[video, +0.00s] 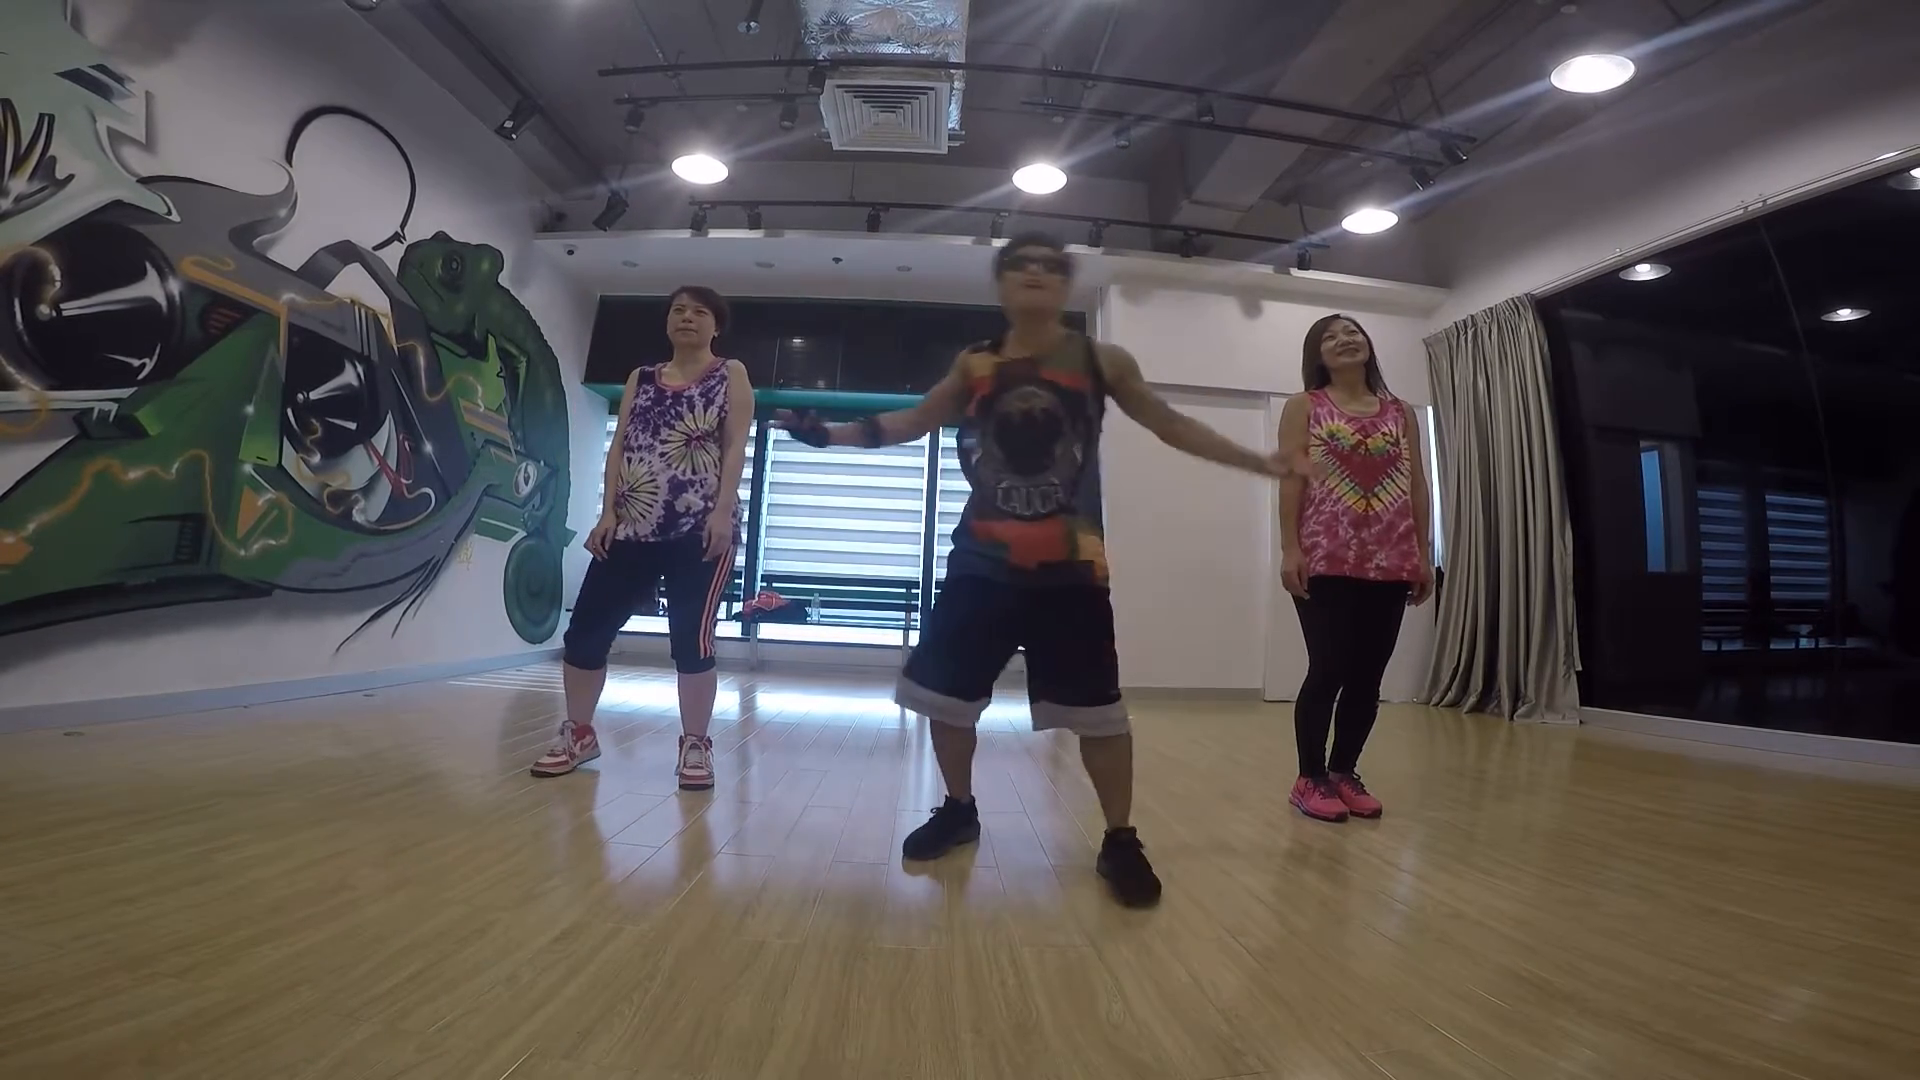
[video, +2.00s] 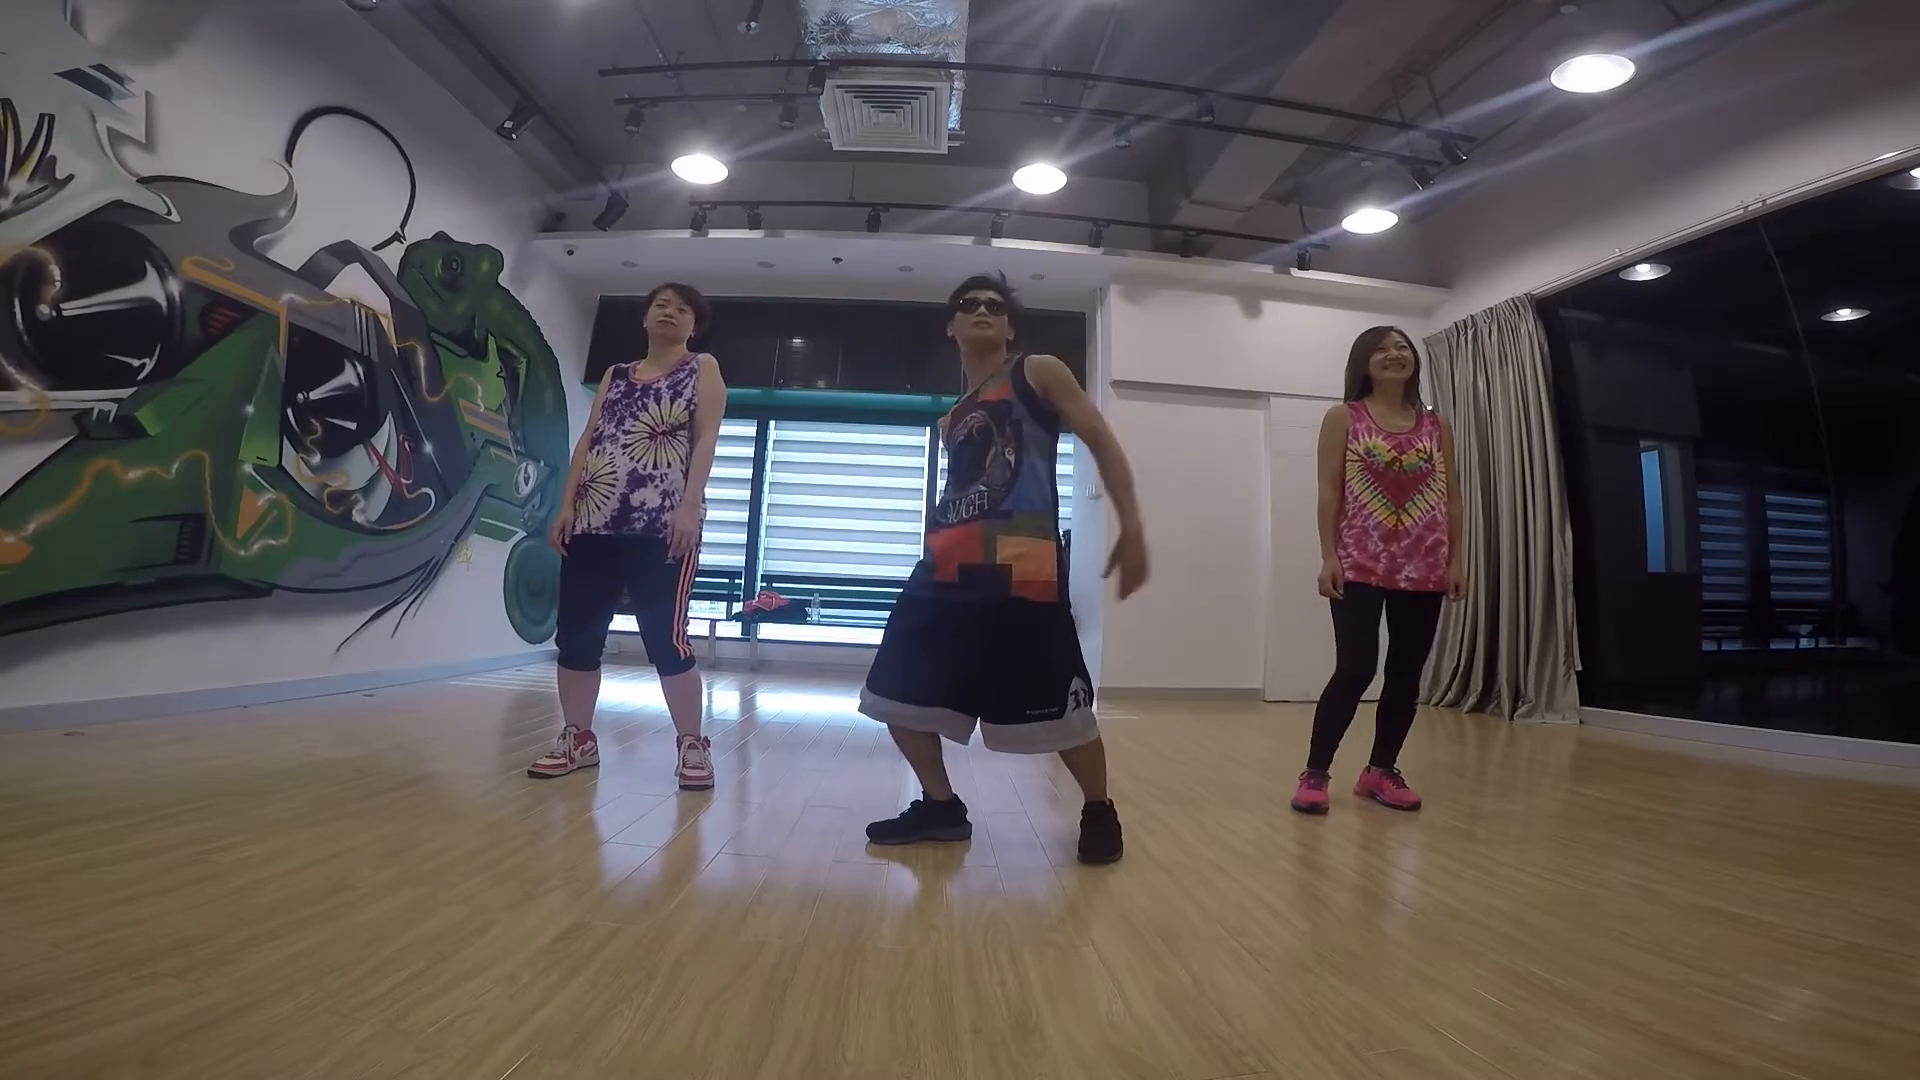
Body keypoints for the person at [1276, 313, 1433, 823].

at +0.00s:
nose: (1345, 338)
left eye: (1353, 332)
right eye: (1331, 336)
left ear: (1370, 348)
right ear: (1317, 358)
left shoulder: (1398, 411)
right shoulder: (1304, 407)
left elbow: (1417, 486)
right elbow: (1293, 479)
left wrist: (1423, 555)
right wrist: (1291, 548)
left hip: (1389, 564)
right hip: (1325, 562)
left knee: (1366, 679)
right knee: (1326, 672)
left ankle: (1344, 774)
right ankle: (1310, 780)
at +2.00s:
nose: (1394, 354)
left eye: (1402, 348)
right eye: (1382, 349)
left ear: (1415, 362)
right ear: (1364, 364)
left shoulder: (1435, 424)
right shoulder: (1343, 417)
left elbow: (1450, 495)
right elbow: (1330, 489)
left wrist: (1456, 559)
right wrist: (1329, 557)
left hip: (1422, 569)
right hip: (1359, 566)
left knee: (1404, 676)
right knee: (1356, 670)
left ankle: (1381, 771)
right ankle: (1316, 774)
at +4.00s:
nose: (1363, 341)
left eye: (1370, 337)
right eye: (1349, 336)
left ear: (1380, 357)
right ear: (1327, 355)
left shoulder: (1392, 421)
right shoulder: (1300, 406)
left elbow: (1400, 494)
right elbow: (1279, 476)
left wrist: (1411, 552)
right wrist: (1271, 543)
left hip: (1368, 565)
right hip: (1301, 559)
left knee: (1384, 671)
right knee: (1305, 668)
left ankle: (1355, 762)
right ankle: (1283, 783)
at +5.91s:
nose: (1327, 373)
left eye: (1334, 368)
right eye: (1315, 370)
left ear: (1345, 383)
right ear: (1299, 386)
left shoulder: (1363, 440)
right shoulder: (1281, 432)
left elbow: (1379, 505)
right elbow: (1264, 497)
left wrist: (1393, 565)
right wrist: (1256, 558)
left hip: (1354, 568)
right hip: (1296, 564)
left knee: (1343, 660)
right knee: (1343, 651)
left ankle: (1308, 751)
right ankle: (1293, 742)